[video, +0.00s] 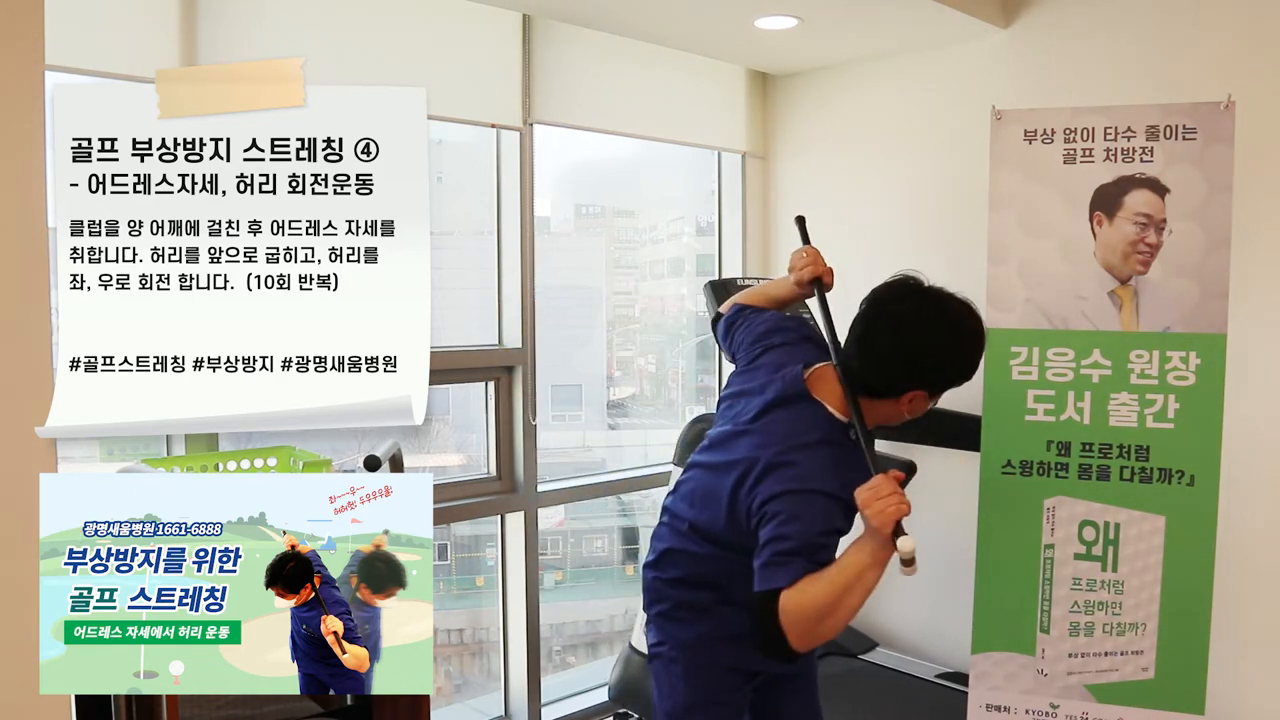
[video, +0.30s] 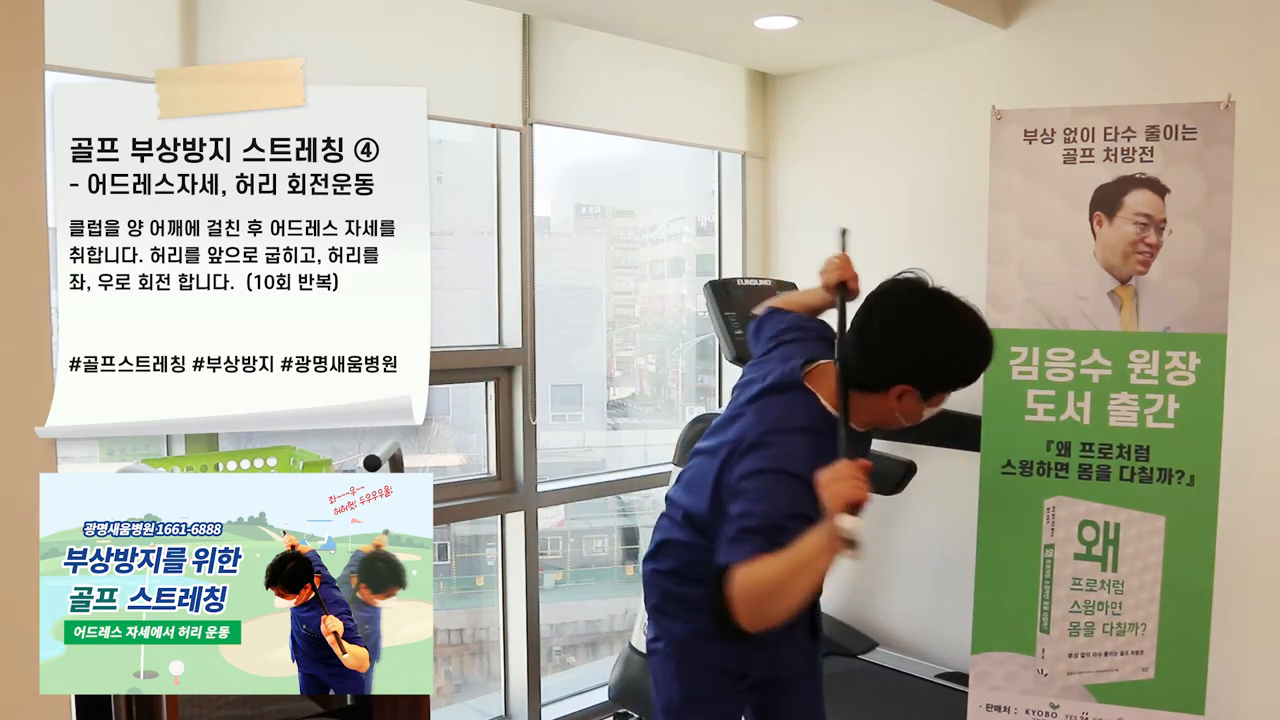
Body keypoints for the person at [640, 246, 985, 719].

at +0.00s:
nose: (933, 402)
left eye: (941, 392)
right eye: (938, 393)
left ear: (860, 334)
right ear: (912, 403)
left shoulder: (786, 344)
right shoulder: (810, 478)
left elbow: (734, 311)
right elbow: (794, 629)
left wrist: (793, 285)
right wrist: (874, 542)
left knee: (795, 709)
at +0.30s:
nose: (936, 406)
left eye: (942, 396)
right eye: (937, 397)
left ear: (862, 341)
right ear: (900, 398)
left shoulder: (803, 345)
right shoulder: (781, 448)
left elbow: (768, 311)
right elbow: (751, 608)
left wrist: (825, 293)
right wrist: (833, 522)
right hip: (697, 614)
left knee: (796, 706)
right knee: (704, 709)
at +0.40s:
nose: (939, 411)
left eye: (944, 400)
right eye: (937, 401)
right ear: (887, 398)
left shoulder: (819, 353)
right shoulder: (760, 438)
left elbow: (800, 322)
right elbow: (702, 587)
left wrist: (853, 304)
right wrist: (791, 518)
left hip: (789, 608)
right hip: (698, 631)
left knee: (797, 709)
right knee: (698, 710)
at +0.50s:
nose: (894, 430)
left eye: (904, 423)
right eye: (895, 419)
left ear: (854, 388)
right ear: (853, 392)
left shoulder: (851, 401)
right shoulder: (745, 411)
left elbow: (923, 427)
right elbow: (624, 531)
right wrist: (711, 476)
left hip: (796, 630)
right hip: (694, 637)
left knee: (801, 711)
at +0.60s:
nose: (875, 441)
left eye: (888, 431)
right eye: (869, 425)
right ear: (827, 388)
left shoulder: (852, 412)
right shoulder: (720, 408)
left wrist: (920, 360)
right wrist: (667, 437)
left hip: (794, 628)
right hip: (690, 630)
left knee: (802, 711)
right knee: (679, 710)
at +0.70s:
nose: (839, 456)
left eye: (854, 440)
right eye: (825, 438)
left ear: (872, 415)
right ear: (777, 388)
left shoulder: (863, 420)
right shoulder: (691, 398)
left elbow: (919, 447)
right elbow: (556, 429)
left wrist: (944, 415)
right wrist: (618, 398)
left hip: (792, 623)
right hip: (679, 625)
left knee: (802, 712)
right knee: (671, 711)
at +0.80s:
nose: (800, 454)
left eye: (819, 442)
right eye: (786, 437)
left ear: (845, 417)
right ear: (749, 392)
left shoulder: (866, 427)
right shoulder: (679, 393)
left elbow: (930, 476)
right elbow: (552, 402)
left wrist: (941, 443)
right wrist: (594, 374)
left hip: (789, 624)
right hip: (674, 623)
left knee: (802, 711)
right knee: (670, 710)